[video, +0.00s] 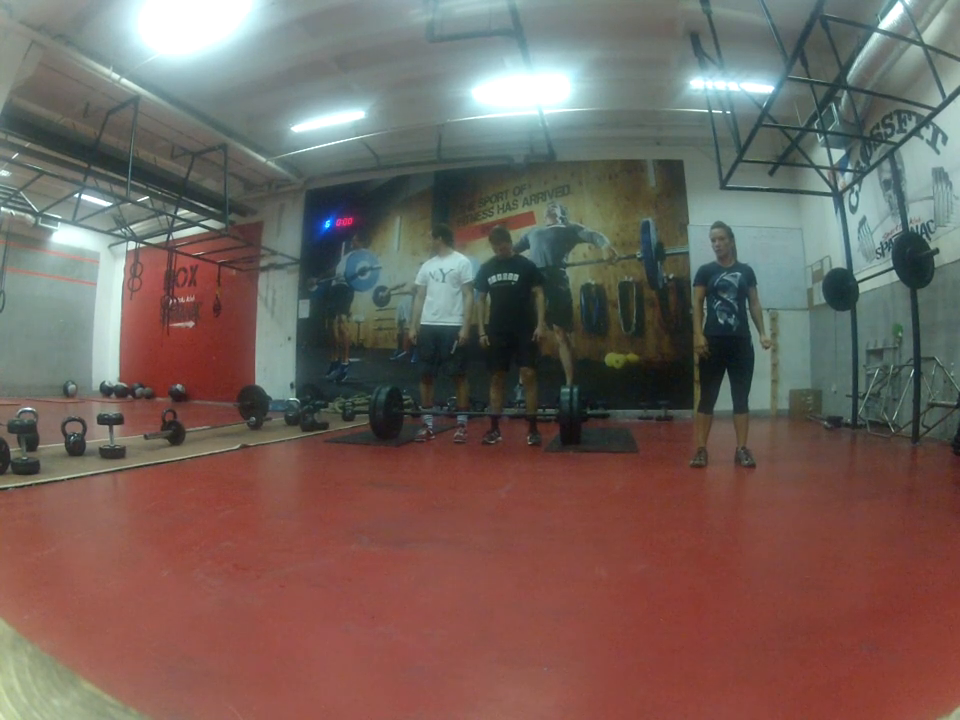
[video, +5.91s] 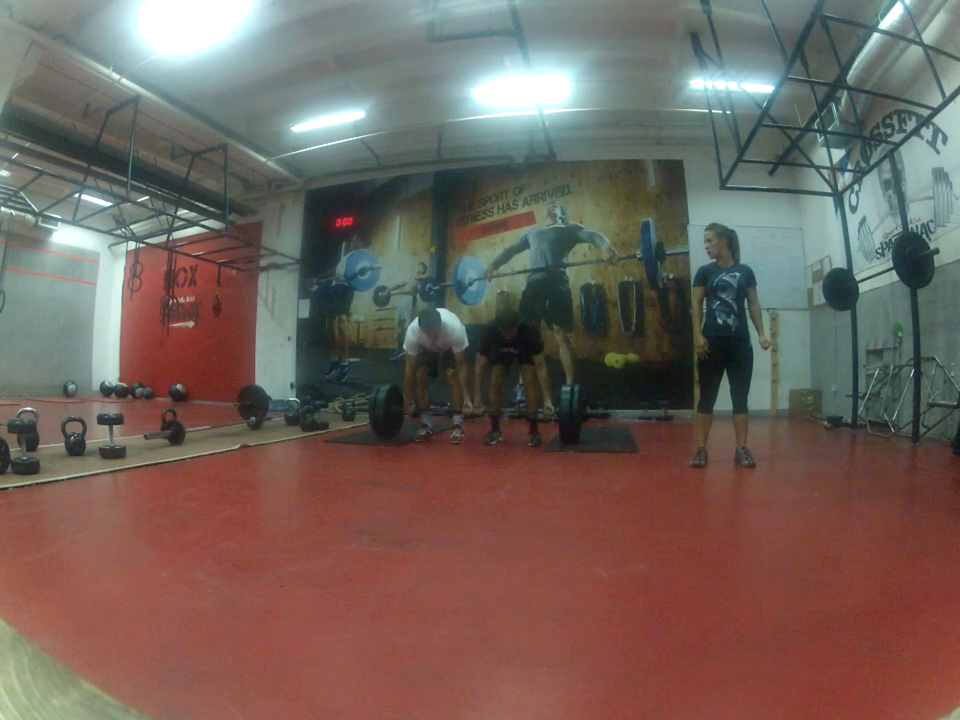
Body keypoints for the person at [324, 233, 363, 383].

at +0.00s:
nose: (354, 243)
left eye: (356, 241)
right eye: (353, 241)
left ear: (362, 243)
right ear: (353, 242)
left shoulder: (362, 256)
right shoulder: (348, 256)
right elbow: (336, 272)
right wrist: (318, 279)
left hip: (346, 289)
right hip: (335, 288)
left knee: (342, 325)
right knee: (333, 326)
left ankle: (345, 363)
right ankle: (335, 361)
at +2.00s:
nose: (352, 243)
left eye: (355, 240)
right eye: (352, 240)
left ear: (360, 242)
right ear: (352, 242)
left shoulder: (359, 256)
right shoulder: (347, 256)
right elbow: (336, 273)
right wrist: (319, 280)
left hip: (346, 288)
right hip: (335, 288)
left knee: (342, 324)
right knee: (334, 325)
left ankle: (345, 362)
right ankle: (335, 361)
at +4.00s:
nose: (353, 243)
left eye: (356, 241)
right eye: (353, 240)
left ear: (360, 242)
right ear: (353, 242)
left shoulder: (360, 256)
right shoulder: (348, 256)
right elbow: (336, 272)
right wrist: (319, 279)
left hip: (345, 288)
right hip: (335, 288)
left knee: (342, 325)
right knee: (333, 326)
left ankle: (345, 362)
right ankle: (335, 361)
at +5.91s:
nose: (353, 243)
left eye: (356, 240)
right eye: (353, 240)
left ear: (361, 242)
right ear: (354, 242)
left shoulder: (361, 256)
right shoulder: (348, 256)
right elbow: (336, 272)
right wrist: (318, 279)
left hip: (346, 288)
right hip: (335, 288)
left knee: (342, 325)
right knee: (334, 326)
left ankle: (345, 362)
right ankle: (335, 361)